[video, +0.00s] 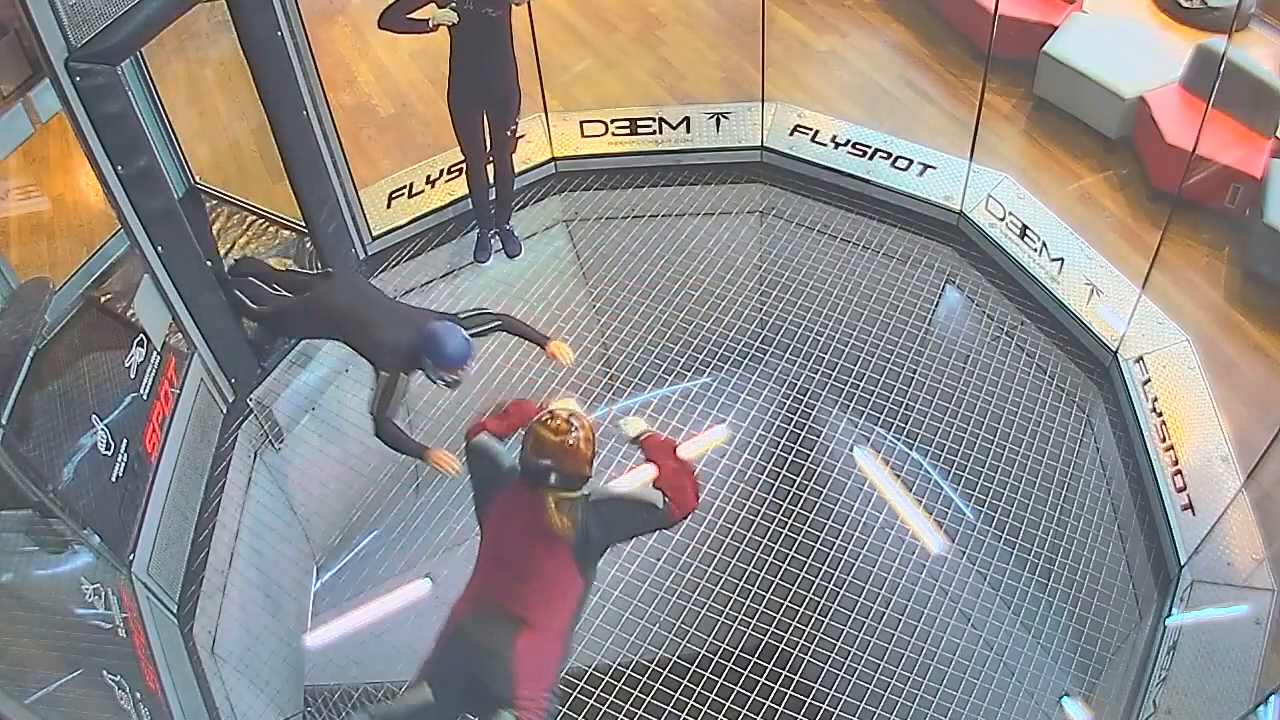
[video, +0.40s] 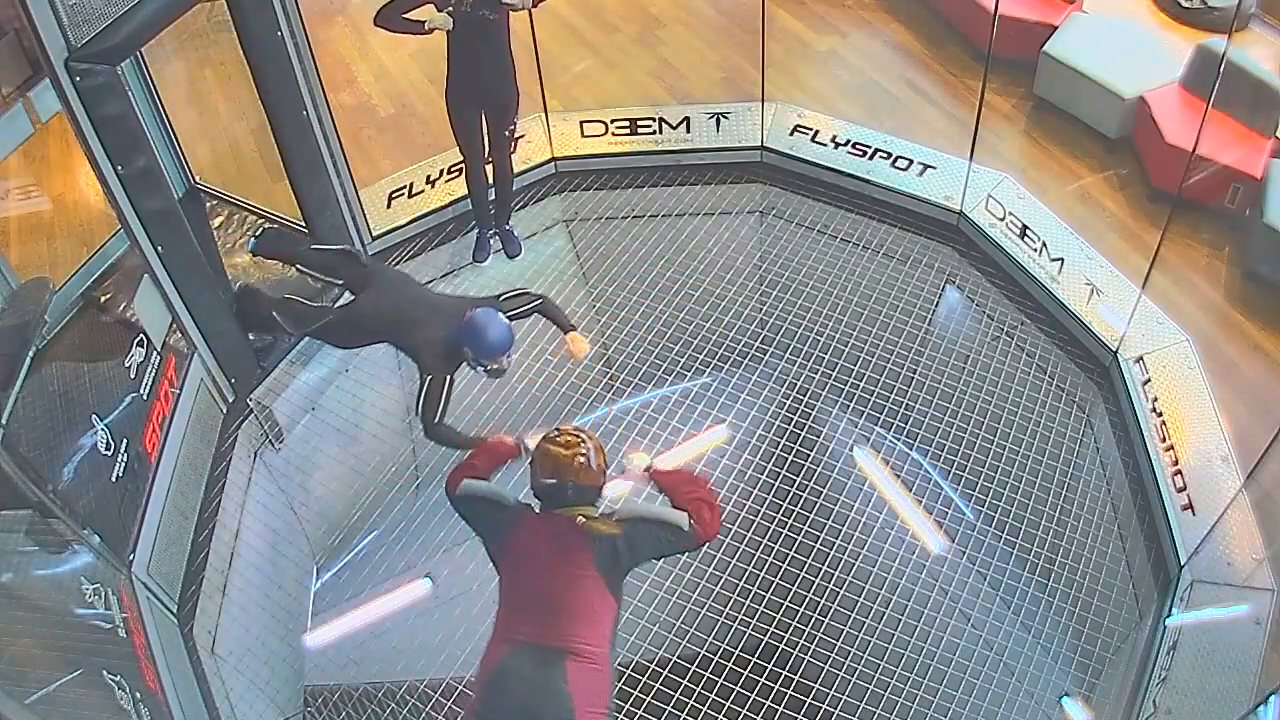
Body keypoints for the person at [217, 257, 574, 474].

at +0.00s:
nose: (455, 380)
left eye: (459, 374)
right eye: (451, 378)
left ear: (458, 344)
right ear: (430, 367)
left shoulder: (444, 325)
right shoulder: (395, 363)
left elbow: (498, 317)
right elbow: (382, 425)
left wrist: (546, 342)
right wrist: (424, 453)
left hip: (351, 283)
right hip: (325, 310)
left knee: (286, 277)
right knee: (263, 313)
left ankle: (228, 266)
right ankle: (221, 284)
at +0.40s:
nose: (500, 361)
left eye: (502, 354)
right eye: (496, 359)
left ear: (481, 314)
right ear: (475, 358)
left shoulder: (480, 307)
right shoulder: (440, 368)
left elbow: (538, 301)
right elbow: (431, 427)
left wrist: (573, 334)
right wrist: (481, 444)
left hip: (391, 279)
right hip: (367, 319)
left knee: (344, 263)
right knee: (313, 320)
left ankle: (269, 242)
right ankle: (251, 300)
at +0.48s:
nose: (507, 358)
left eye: (509, 350)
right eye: (500, 355)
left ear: (507, 322)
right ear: (476, 349)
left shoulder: (491, 304)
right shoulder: (445, 360)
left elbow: (544, 297)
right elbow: (440, 421)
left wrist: (579, 332)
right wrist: (492, 435)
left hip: (400, 275)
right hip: (370, 312)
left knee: (360, 257)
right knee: (313, 309)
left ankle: (274, 237)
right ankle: (249, 290)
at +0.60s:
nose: (514, 349)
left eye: (517, 342)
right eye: (507, 346)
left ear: (518, 316)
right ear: (485, 341)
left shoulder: (504, 297)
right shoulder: (453, 353)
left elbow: (561, 293)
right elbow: (449, 412)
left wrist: (587, 331)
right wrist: (502, 424)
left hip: (417, 264)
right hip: (384, 300)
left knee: (368, 244)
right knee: (320, 298)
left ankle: (289, 214)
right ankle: (243, 263)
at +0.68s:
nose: (521, 345)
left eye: (523, 337)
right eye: (513, 342)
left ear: (524, 318)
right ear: (487, 335)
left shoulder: (512, 298)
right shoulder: (457, 347)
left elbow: (565, 293)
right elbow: (454, 407)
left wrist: (595, 330)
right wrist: (505, 416)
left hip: (421, 259)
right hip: (389, 290)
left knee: (380, 228)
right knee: (322, 287)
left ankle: (301, 189)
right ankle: (236, 241)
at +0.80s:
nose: (531, 348)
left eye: (535, 339)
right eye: (522, 343)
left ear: (541, 317)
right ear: (501, 332)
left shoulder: (527, 296)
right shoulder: (468, 339)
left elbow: (583, 297)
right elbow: (457, 399)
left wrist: (617, 328)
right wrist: (498, 419)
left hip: (434, 247)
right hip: (399, 271)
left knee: (395, 204)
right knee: (323, 262)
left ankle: (338, 154)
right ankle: (262, 207)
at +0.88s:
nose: (542, 348)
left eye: (547, 340)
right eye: (534, 343)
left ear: (553, 310)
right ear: (512, 329)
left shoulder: (541, 290)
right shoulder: (479, 334)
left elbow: (594, 293)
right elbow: (461, 395)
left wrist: (628, 324)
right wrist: (498, 423)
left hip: (450, 240)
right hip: (409, 259)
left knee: (411, 193)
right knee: (343, 256)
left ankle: (373, 128)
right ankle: (312, 180)